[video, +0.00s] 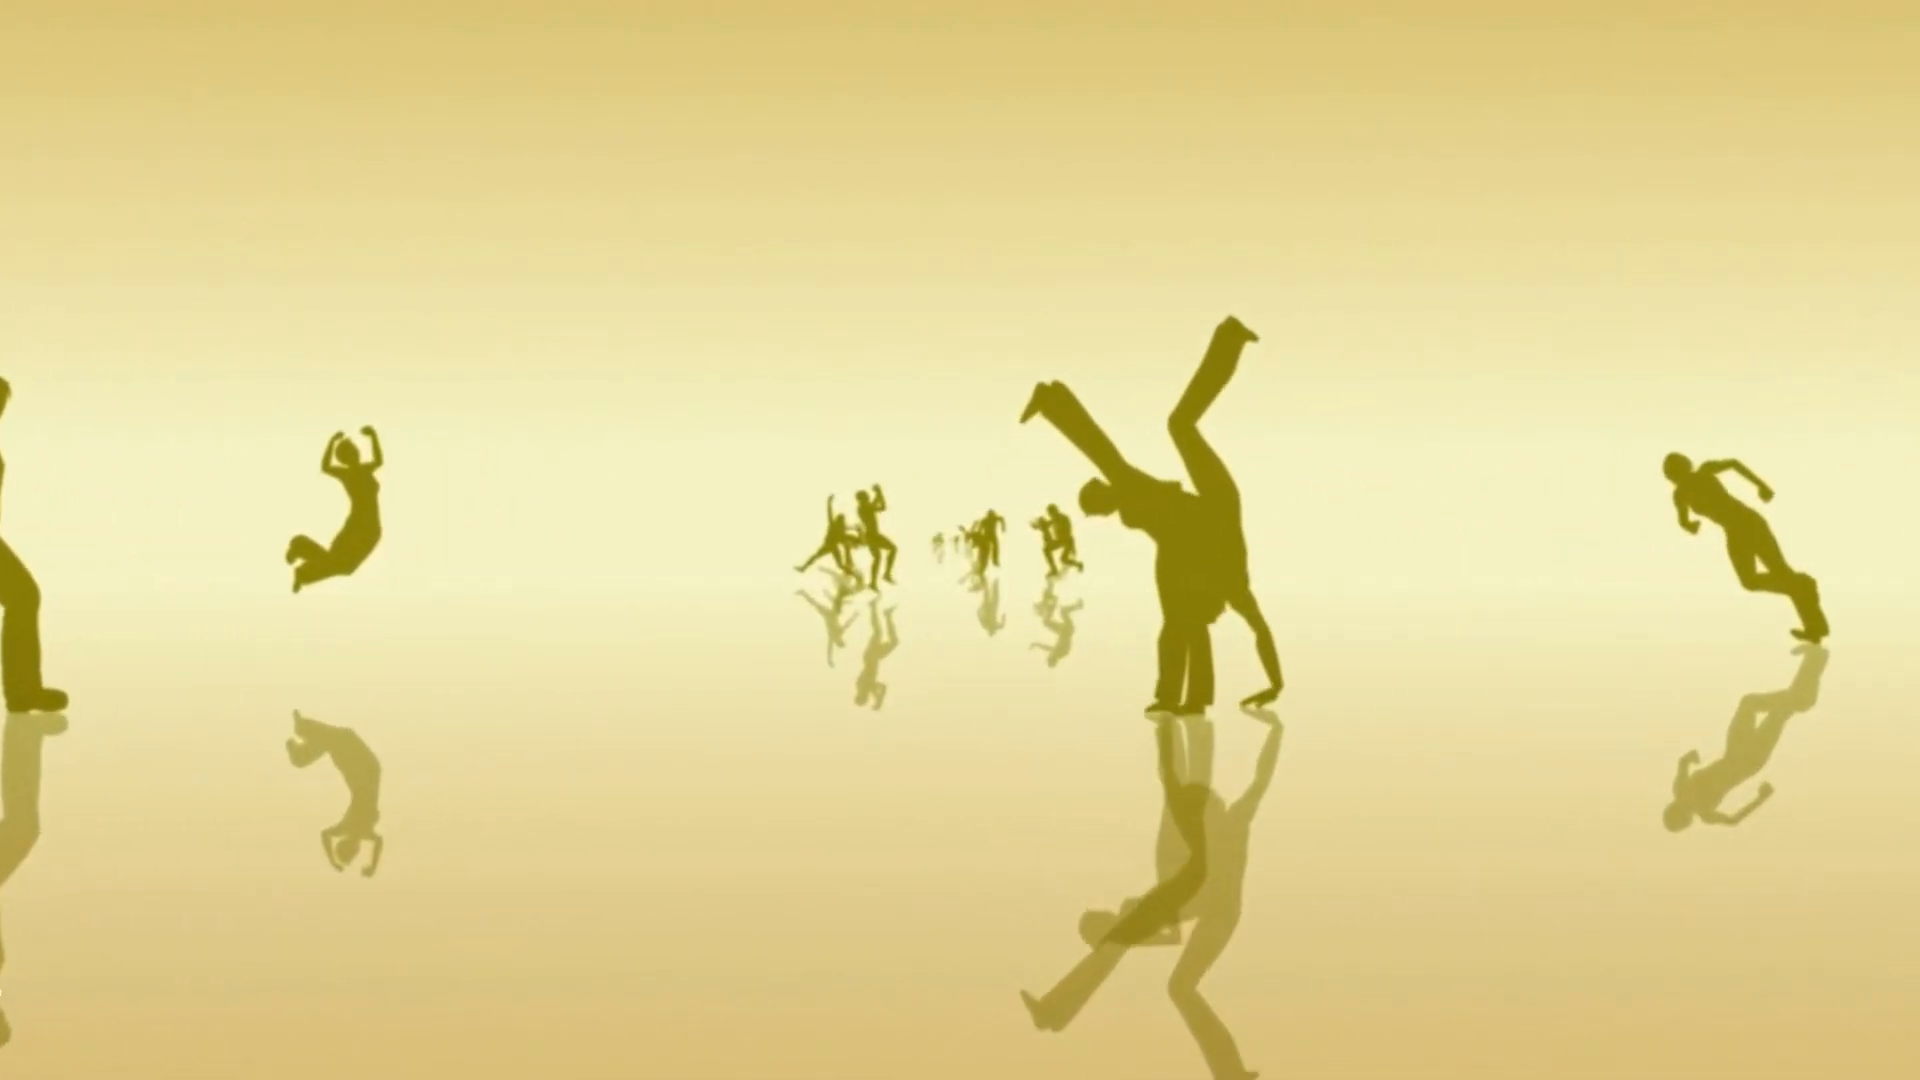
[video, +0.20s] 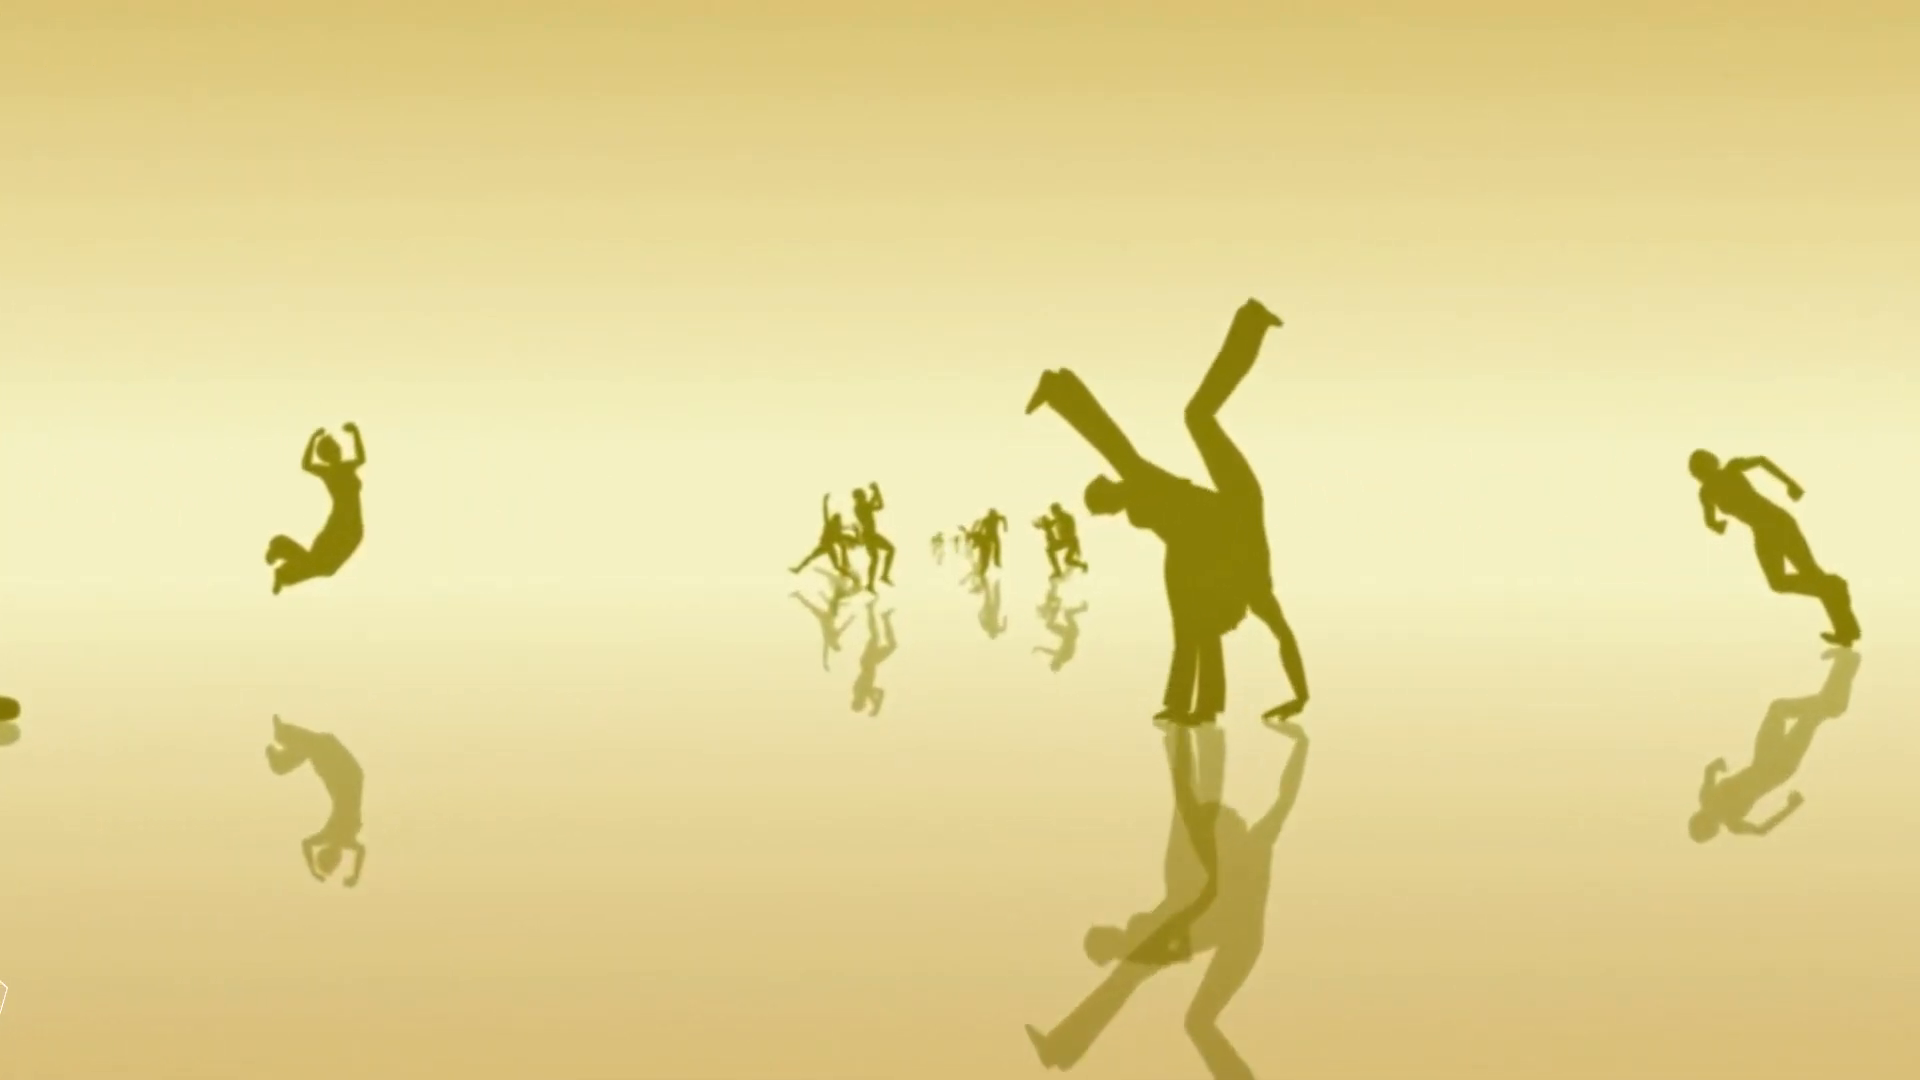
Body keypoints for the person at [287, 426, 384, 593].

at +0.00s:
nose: (352, 453)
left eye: (353, 449)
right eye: (347, 451)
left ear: (358, 450)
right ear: (342, 457)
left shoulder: (365, 470)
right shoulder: (346, 473)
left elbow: (378, 461)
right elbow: (326, 468)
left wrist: (373, 437)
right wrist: (332, 442)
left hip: (373, 526)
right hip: (357, 522)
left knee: (347, 568)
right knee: (335, 561)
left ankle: (304, 575)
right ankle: (301, 545)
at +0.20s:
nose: (334, 449)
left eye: (334, 445)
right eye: (329, 447)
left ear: (339, 447)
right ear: (324, 454)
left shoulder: (346, 468)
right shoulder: (327, 471)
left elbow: (361, 459)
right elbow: (306, 465)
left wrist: (356, 433)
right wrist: (313, 439)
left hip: (354, 525)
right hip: (338, 520)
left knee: (328, 568)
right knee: (317, 562)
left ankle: (285, 576)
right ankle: (282, 546)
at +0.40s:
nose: (315, 447)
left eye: (315, 442)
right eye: (309, 445)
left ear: (320, 444)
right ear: (304, 451)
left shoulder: (328, 465)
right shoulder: (307, 469)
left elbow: (342, 457)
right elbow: (286, 463)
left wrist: (337, 430)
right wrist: (293, 436)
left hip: (336, 525)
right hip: (319, 521)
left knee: (309, 569)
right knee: (297, 562)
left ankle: (264, 577)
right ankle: (260, 546)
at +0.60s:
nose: (295, 446)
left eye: (295, 442)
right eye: (289, 444)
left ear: (300, 442)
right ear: (284, 449)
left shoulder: (309, 463)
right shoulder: (287, 467)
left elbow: (323, 454)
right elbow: (265, 461)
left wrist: (318, 427)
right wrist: (271, 433)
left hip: (316, 524)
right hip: (298, 521)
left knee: (289, 570)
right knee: (276, 564)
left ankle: (242, 578)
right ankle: (238, 546)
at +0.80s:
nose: (274, 443)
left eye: (274, 438)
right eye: (269, 440)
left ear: (277, 439)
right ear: (262, 445)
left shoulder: (286, 461)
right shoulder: (265, 464)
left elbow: (302, 451)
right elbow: (242, 457)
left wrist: (297, 422)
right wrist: (250, 429)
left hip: (295, 524)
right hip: (276, 522)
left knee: (267, 572)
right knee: (253, 564)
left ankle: (219, 580)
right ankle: (215, 547)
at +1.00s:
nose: (251, 438)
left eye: (250, 433)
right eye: (245, 435)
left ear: (255, 435)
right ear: (239, 441)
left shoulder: (265, 458)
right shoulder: (241, 460)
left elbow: (279, 448)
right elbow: (218, 455)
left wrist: (274, 419)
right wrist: (225, 425)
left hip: (273, 525)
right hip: (253, 523)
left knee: (244, 572)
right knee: (230, 565)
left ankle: (194, 580)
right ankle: (189, 547)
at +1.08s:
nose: (234, 435)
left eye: (234, 431)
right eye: (229, 433)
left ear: (238, 433)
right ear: (223, 439)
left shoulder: (249, 456)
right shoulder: (228, 460)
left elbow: (265, 446)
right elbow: (202, 453)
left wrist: (260, 417)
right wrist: (210, 423)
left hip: (258, 526)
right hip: (238, 524)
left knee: (229, 572)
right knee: (215, 565)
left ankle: (179, 581)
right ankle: (174, 547)